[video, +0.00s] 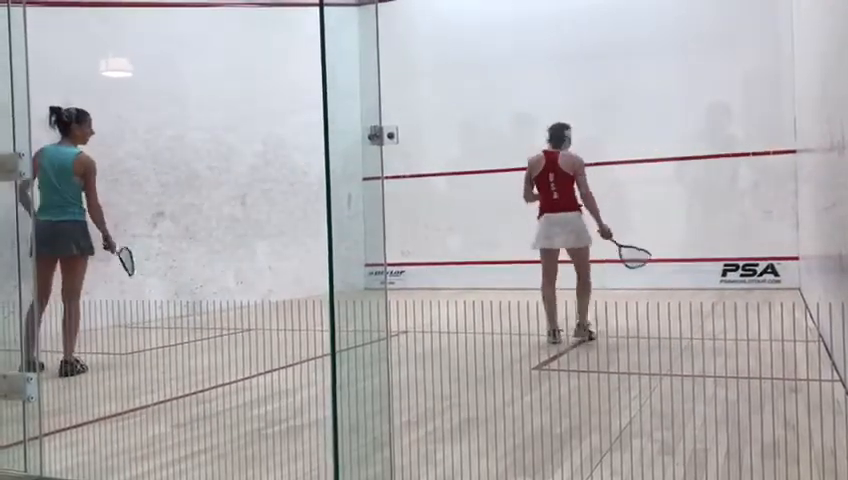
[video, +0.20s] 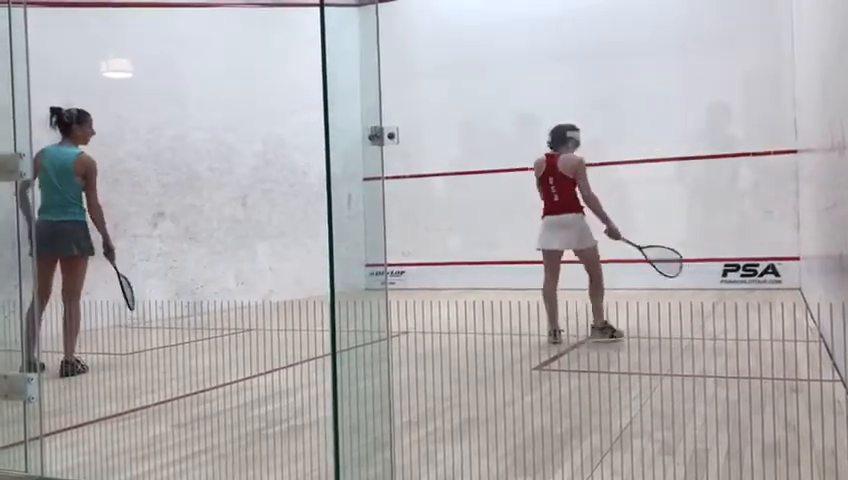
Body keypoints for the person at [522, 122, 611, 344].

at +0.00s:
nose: (571, 144)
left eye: (569, 140)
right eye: (570, 140)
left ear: (549, 139)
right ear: (566, 140)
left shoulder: (535, 161)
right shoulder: (574, 161)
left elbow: (528, 196)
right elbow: (585, 194)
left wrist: (546, 194)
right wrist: (601, 224)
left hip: (548, 222)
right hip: (572, 221)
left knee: (548, 279)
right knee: (583, 275)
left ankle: (553, 329)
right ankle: (582, 324)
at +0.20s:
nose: (576, 147)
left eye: (576, 144)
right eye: (574, 143)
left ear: (553, 142)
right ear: (569, 142)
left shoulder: (539, 164)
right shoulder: (575, 161)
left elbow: (542, 194)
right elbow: (587, 196)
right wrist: (608, 223)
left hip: (550, 223)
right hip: (574, 222)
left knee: (550, 277)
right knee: (595, 272)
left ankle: (553, 329)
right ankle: (599, 322)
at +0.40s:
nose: (589, 144)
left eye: (590, 140)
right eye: (585, 139)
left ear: (566, 142)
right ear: (572, 141)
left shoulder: (554, 164)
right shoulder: (583, 162)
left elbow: (564, 195)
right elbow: (597, 196)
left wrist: (586, 212)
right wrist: (624, 218)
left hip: (560, 223)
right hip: (582, 222)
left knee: (558, 277)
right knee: (599, 276)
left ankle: (555, 328)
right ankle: (607, 326)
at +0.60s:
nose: (601, 141)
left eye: (600, 137)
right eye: (598, 137)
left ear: (580, 141)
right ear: (589, 140)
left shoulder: (572, 165)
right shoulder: (589, 163)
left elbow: (593, 201)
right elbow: (605, 193)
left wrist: (618, 219)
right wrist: (646, 197)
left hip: (573, 224)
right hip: (590, 224)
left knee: (581, 276)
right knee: (608, 276)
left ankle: (560, 322)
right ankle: (609, 326)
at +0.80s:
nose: (602, 137)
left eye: (600, 134)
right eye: (599, 135)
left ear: (587, 142)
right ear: (589, 141)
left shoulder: (593, 165)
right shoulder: (585, 168)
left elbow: (620, 184)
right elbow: (611, 195)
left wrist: (653, 190)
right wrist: (644, 187)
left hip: (583, 225)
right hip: (587, 226)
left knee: (600, 272)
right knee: (612, 274)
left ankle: (570, 309)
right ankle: (611, 328)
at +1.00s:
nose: (595, 140)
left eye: (593, 137)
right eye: (592, 138)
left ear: (580, 144)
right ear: (582, 144)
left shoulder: (589, 162)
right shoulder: (575, 171)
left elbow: (615, 173)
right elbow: (601, 198)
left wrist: (648, 166)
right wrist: (625, 178)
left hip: (582, 226)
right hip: (580, 227)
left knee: (595, 273)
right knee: (605, 275)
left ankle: (565, 311)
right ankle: (612, 328)